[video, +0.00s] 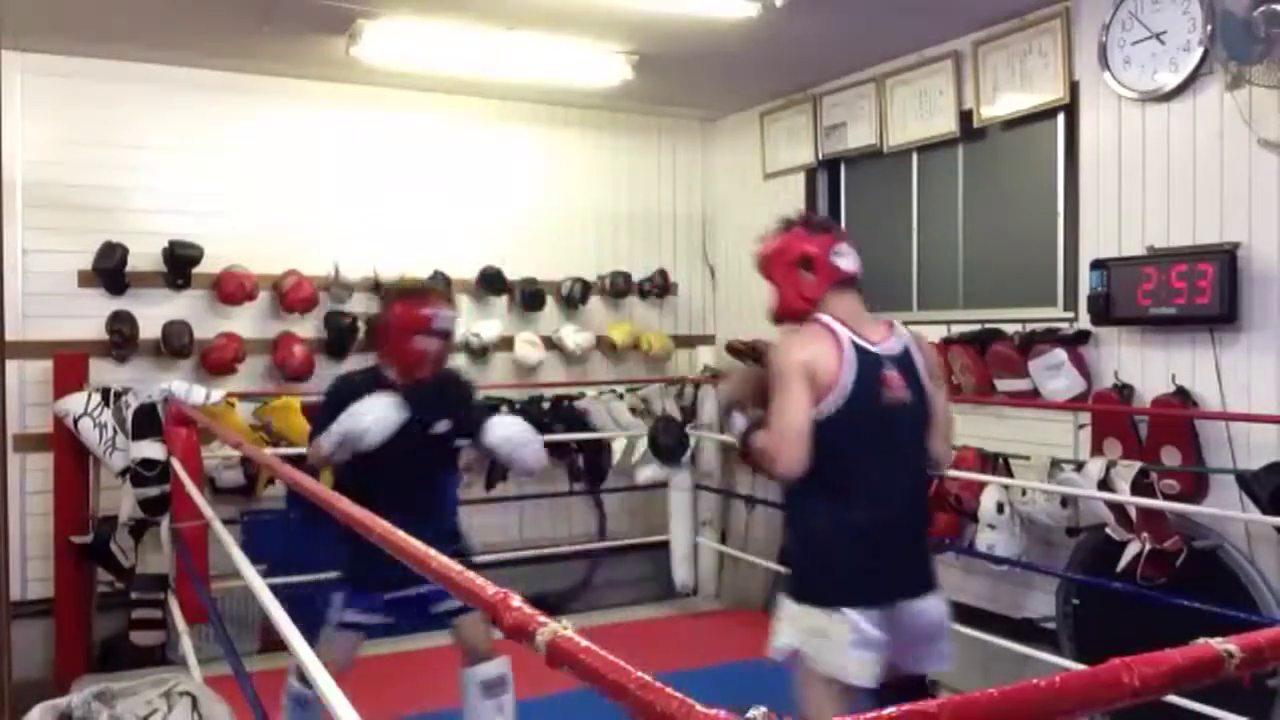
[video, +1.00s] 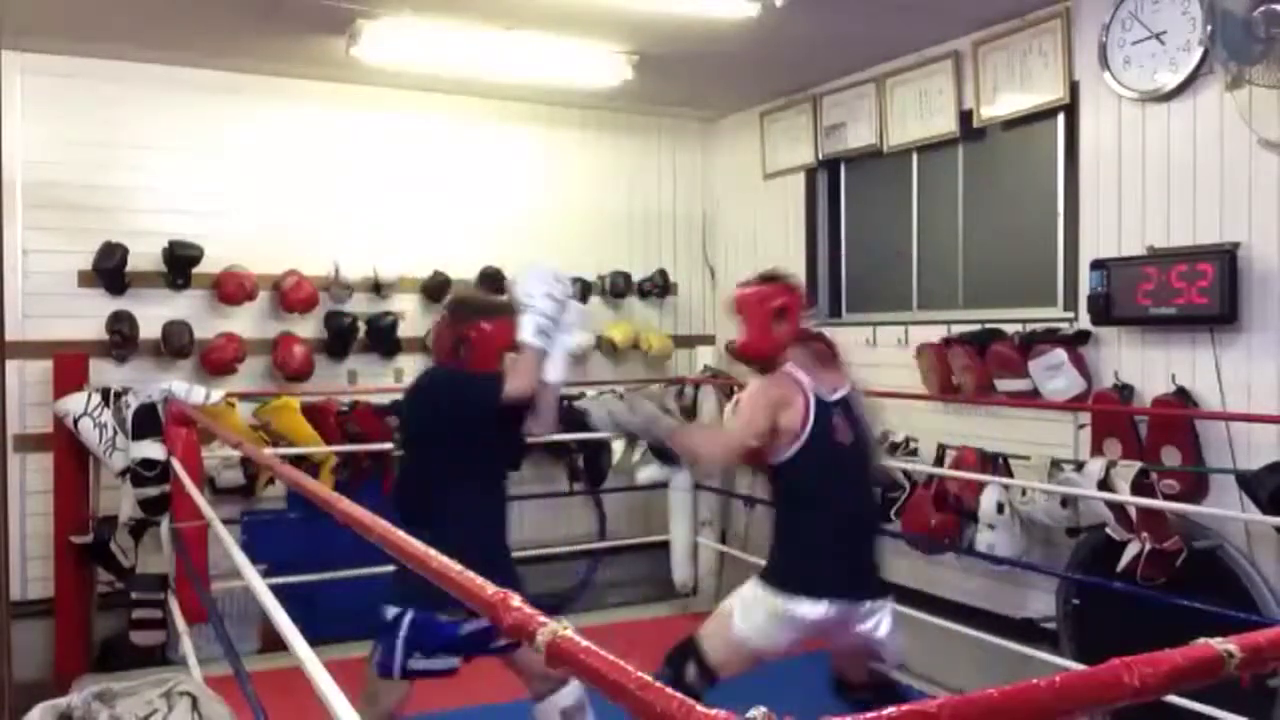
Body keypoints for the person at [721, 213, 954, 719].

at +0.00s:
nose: (772, 300)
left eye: (774, 284)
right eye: (770, 285)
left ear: (802, 279)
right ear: (844, 272)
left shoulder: (798, 346)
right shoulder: (914, 345)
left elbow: (788, 459)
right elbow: (938, 451)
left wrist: (746, 428)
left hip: (832, 589)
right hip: (910, 578)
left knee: (825, 710)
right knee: (909, 710)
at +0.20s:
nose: (834, 338)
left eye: (836, 324)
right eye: (831, 325)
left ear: (869, 316)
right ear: (897, 310)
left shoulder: (882, 390)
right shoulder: (960, 375)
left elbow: (860, 503)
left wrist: (800, 475)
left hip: (903, 624)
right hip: (967, 613)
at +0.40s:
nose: (859, 320)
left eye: (862, 305)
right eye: (857, 306)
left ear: (896, 296)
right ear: (909, 294)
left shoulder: (921, 362)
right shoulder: (965, 356)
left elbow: (891, 469)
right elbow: (936, 455)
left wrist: (836, 427)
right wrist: (866, 414)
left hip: (918, 560)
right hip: (974, 564)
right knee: (955, 697)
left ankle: (853, 698)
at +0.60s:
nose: (850, 317)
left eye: (853, 302)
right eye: (847, 303)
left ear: (887, 292)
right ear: (897, 290)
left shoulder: (911, 360)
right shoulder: (945, 353)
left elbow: (900, 463)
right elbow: (906, 442)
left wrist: (834, 433)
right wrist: (849, 399)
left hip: (900, 532)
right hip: (948, 542)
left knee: (773, 492)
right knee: (946, 681)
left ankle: (800, 614)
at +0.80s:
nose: (816, 308)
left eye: (821, 293)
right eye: (816, 293)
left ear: (848, 287)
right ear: (874, 288)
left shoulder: (842, 351)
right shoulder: (934, 357)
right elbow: (951, 443)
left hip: (838, 541)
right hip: (911, 549)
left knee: (729, 576)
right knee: (935, 673)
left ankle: (719, 708)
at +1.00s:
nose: (739, 341)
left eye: (746, 326)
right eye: (741, 327)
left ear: (778, 322)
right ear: (791, 321)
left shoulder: (773, 390)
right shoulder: (834, 376)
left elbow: (716, 451)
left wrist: (657, 425)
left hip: (795, 590)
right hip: (861, 587)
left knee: (680, 676)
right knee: (862, 686)